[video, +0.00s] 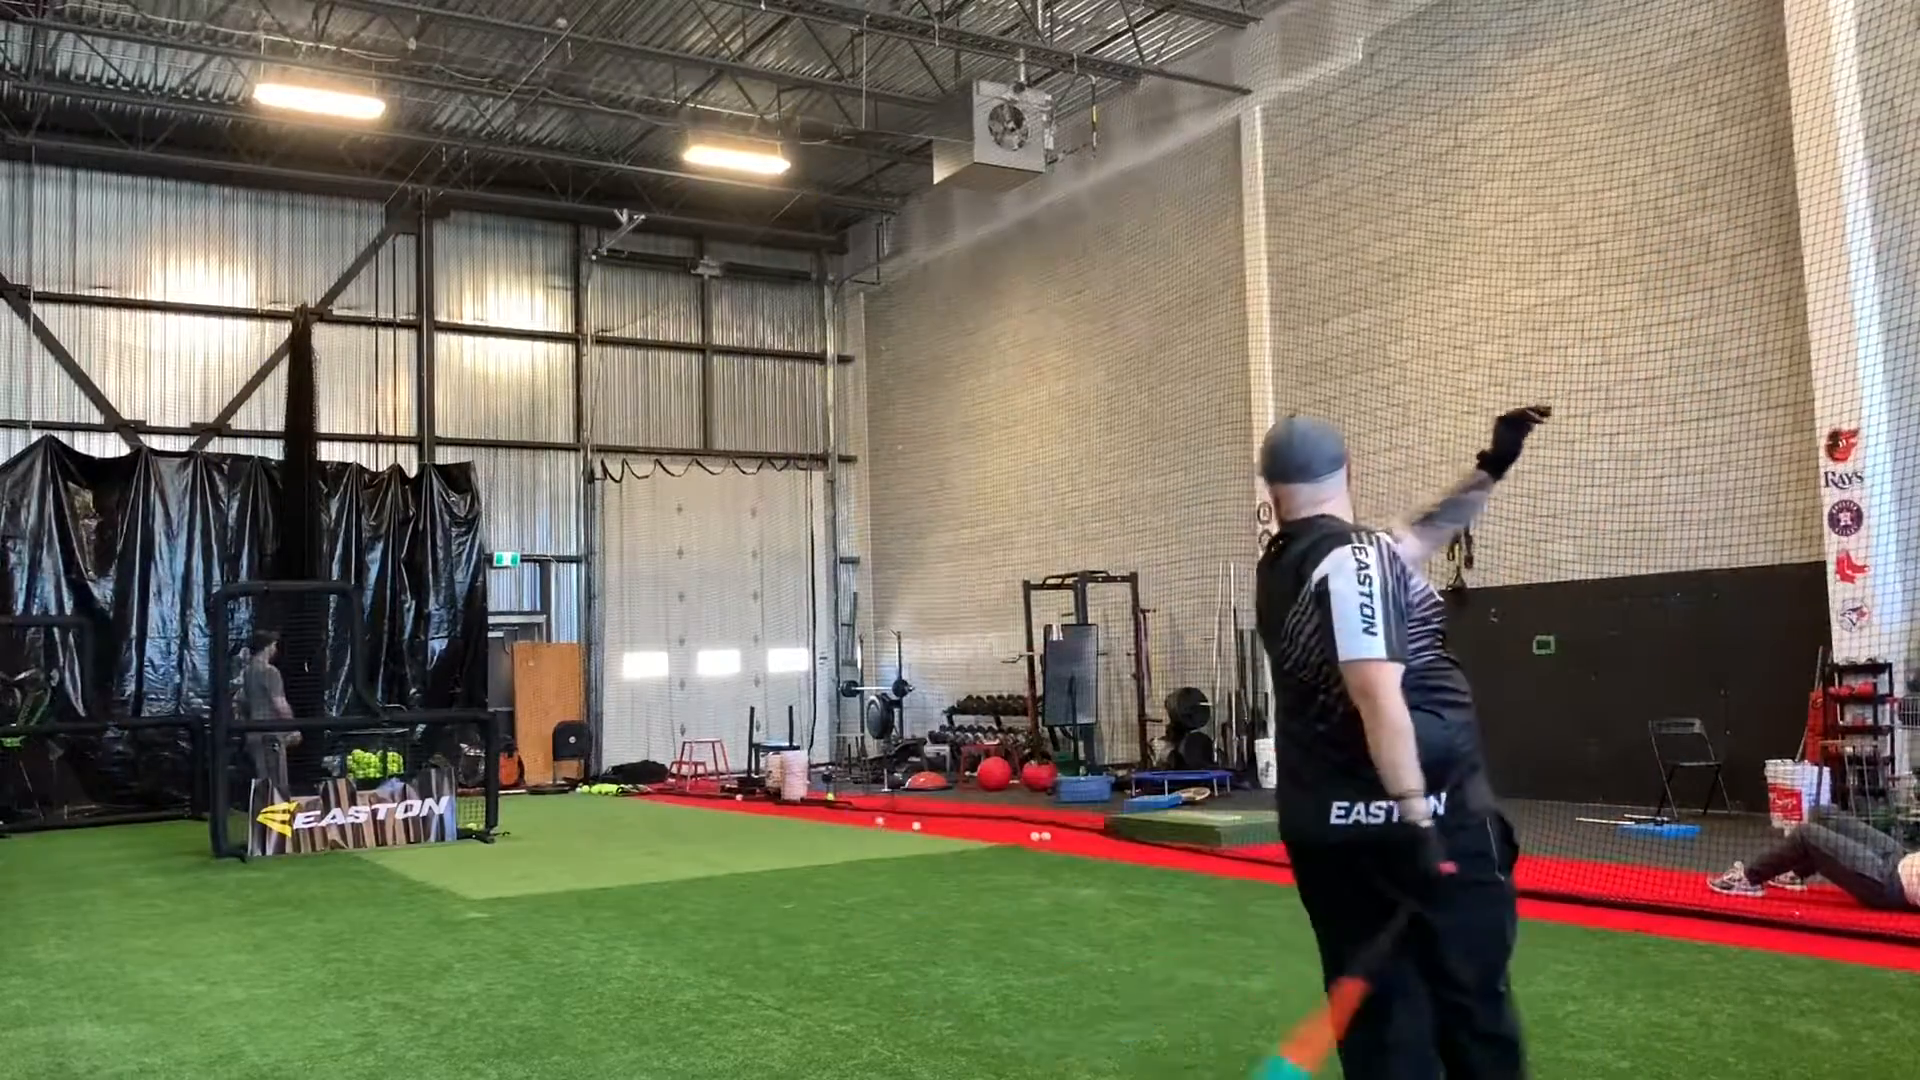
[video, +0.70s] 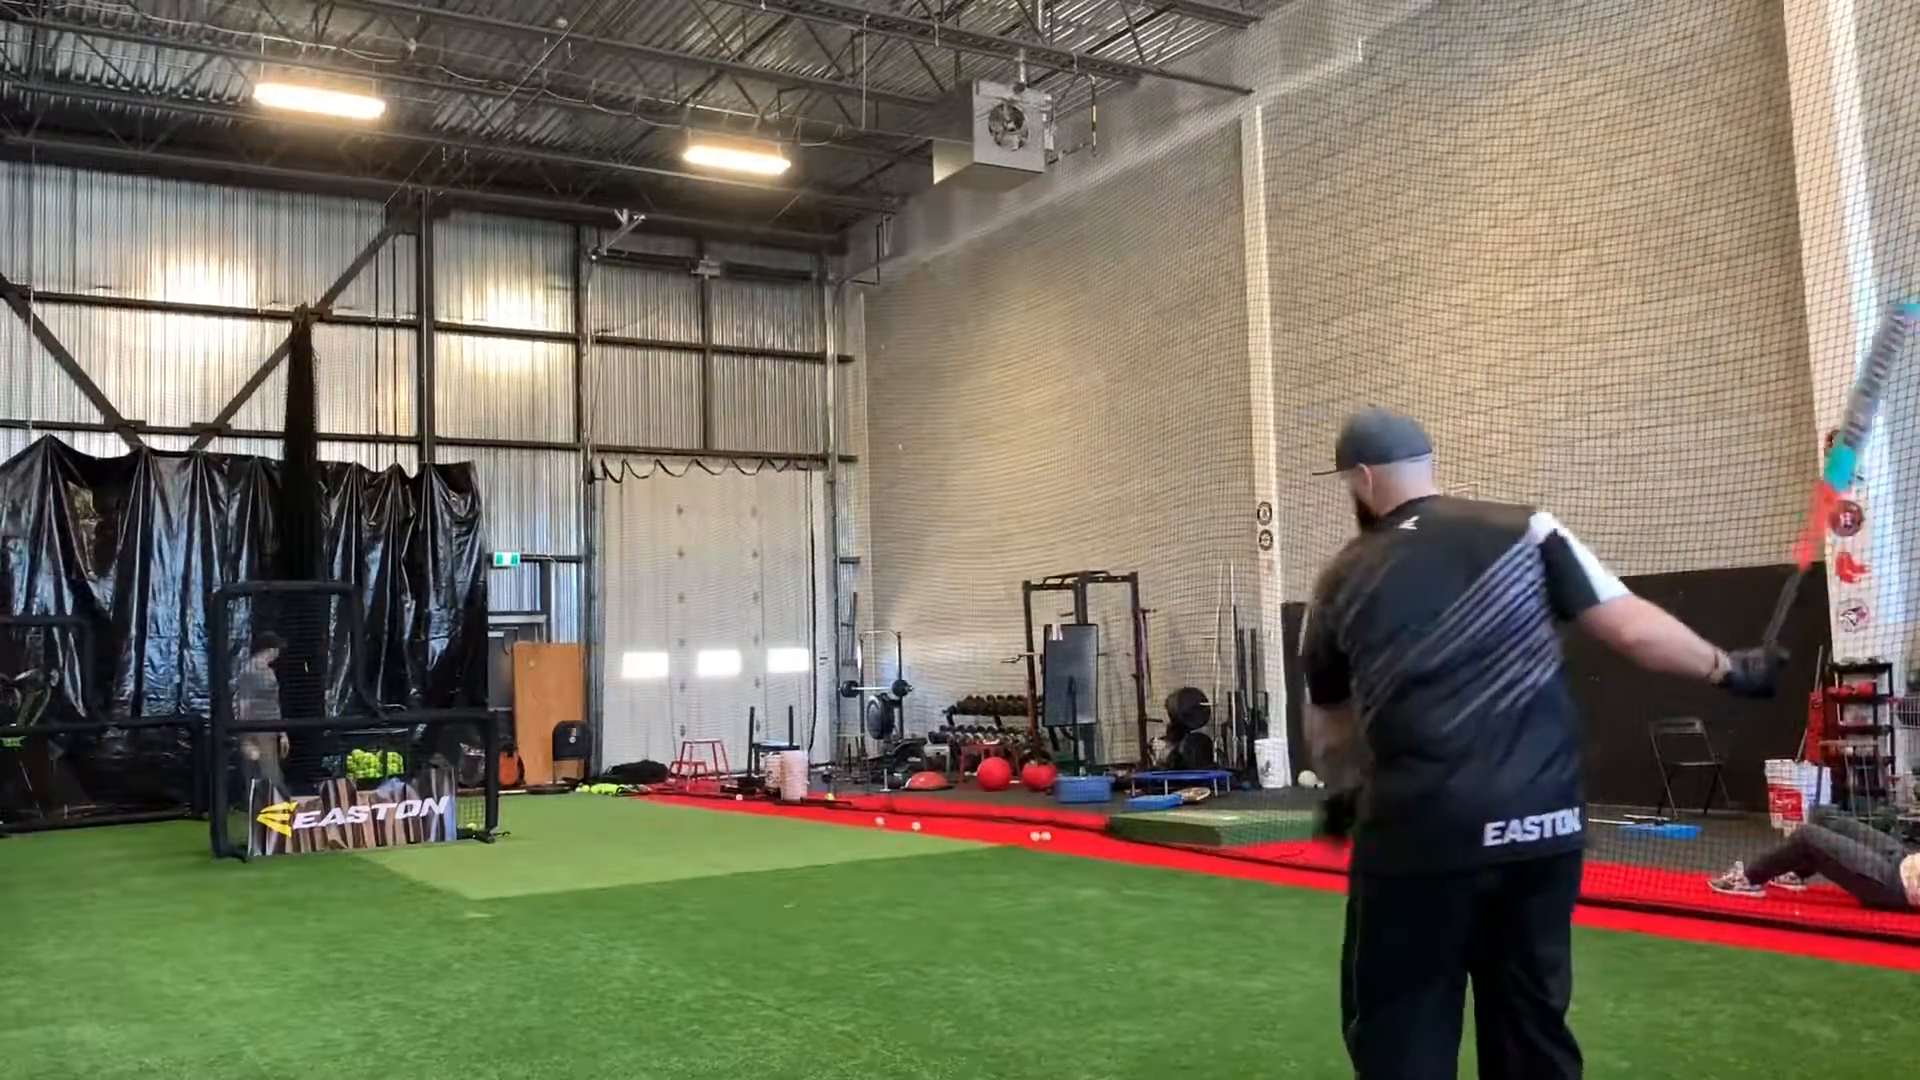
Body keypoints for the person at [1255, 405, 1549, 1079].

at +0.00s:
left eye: (1271, 482)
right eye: (1350, 467)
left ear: (1270, 491)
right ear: (1348, 472)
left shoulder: (1281, 565)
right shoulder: (1358, 558)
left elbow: (1419, 538)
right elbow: (1374, 689)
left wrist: (1490, 469)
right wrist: (1420, 821)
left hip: (1329, 831)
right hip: (1424, 824)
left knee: (1376, 1023)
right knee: (1473, 1015)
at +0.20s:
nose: (1365, 472)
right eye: (1362, 463)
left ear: (1282, 481)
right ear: (1360, 468)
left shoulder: (1288, 564)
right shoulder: (1374, 552)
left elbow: (1432, 538)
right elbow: (1396, 671)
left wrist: (1507, 478)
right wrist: (1477, 781)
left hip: (1343, 828)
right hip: (1439, 820)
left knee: (1399, 1028)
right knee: (1528, 1013)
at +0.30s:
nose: (1367, 470)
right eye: (1366, 460)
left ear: (1293, 479)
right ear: (1369, 465)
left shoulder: (1292, 565)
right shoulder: (1392, 549)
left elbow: (1424, 554)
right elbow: (1432, 666)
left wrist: (1509, 490)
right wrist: (1544, 761)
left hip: (1353, 834)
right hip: (1457, 821)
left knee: (1402, 1029)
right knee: (1529, 1014)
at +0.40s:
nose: (1303, 485)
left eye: (1303, 474)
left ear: (1308, 481)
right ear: (1380, 467)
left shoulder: (1297, 564)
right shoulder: (1415, 540)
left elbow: (1410, 593)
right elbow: (1484, 647)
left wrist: (1507, 525)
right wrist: (1612, 715)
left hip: (1365, 842)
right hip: (1477, 828)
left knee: (1402, 1036)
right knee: (1522, 1024)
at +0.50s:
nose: (1322, 485)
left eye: (1320, 473)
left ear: (1326, 479)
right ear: (1398, 462)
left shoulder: (1307, 571)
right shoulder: (1459, 528)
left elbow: (1391, 625)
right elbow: (1544, 633)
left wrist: (1498, 576)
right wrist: (1665, 686)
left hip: (1379, 848)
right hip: (1497, 837)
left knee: (1400, 1043)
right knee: (1521, 1034)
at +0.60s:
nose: (1337, 485)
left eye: (1335, 473)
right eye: (1336, 472)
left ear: (1344, 477)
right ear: (1415, 462)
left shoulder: (1320, 578)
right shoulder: (1497, 530)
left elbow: (1318, 663)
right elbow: (1589, 627)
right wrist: (1705, 675)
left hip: (1393, 849)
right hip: (1519, 842)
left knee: (1394, 1046)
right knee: (1523, 1036)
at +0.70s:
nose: (1352, 492)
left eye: (1348, 480)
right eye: (1350, 479)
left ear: (1361, 480)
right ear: (1430, 464)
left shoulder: (1342, 582)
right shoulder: (1528, 531)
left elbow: (1329, 734)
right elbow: (1631, 630)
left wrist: (1350, 786)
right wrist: (1728, 667)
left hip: (1416, 846)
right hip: (1543, 833)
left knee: (1398, 1033)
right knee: (1531, 1028)